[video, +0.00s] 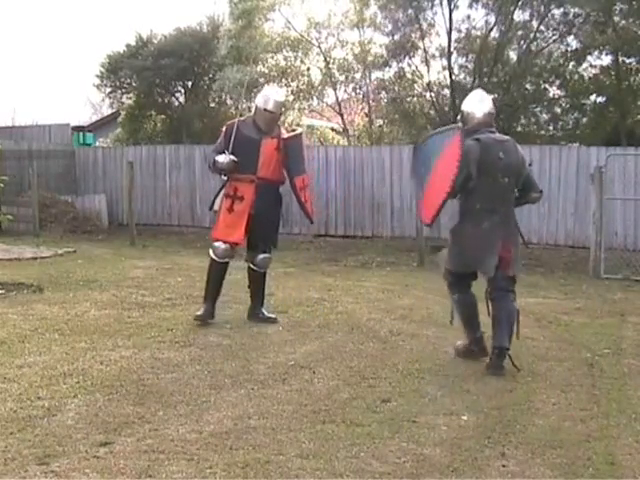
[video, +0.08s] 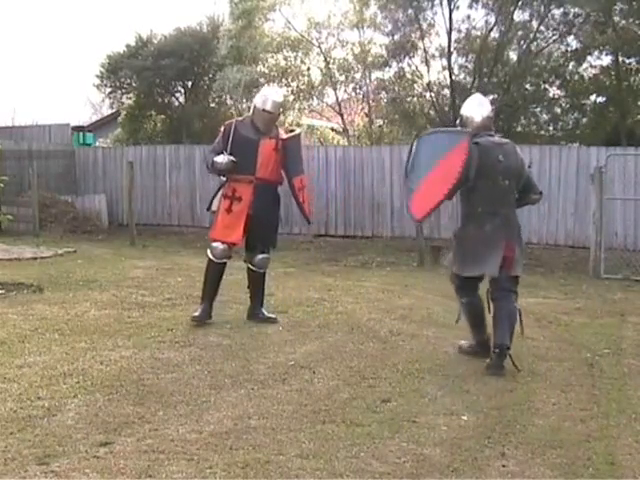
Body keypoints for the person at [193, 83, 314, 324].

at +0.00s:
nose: (271, 118)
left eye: (276, 113)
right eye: (267, 112)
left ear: (281, 113)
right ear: (257, 108)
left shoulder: (283, 138)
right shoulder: (234, 129)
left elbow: (296, 172)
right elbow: (214, 157)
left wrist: (293, 143)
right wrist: (220, 162)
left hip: (266, 199)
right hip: (235, 196)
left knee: (261, 257)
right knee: (221, 249)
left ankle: (256, 308)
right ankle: (208, 306)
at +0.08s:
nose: (270, 118)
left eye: (274, 114)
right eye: (266, 112)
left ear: (279, 114)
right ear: (255, 108)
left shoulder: (282, 138)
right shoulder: (233, 129)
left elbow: (294, 173)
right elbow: (212, 157)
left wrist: (292, 144)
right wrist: (218, 163)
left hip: (265, 201)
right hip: (233, 198)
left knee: (260, 257)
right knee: (219, 250)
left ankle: (256, 308)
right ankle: (205, 306)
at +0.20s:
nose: (267, 119)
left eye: (271, 114)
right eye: (263, 113)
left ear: (276, 114)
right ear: (251, 109)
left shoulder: (279, 138)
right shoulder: (228, 129)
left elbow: (291, 173)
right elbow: (207, 160)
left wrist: (289, 144)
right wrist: (216, 165)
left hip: (262, 201)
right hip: (230, 198)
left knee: (258, 257)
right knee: (216, 250)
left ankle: (256, 308)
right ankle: (202, 307)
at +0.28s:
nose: (264, 119)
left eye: (268, 114)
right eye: (260, 113)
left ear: (272, 113)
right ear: (247, 109)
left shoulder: (274, 138)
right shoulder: (225, 130)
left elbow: (286, 173)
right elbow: (204, 160)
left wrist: (286, 143)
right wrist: (214, 165)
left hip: (259, 201)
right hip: (228, 199)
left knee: (257, 257)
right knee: (213, 251)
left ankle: (256, 308)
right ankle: (198, 307)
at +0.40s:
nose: (255, 119)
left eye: (259, 115)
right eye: (251, 114)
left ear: (264, 114)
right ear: (239, 109)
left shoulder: (266, 139)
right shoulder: (217, 131)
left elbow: (280, 172)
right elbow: (198, 162)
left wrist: (280, 143)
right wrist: (209, 166)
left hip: (255, 199)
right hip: (224, 198)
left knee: (255, 257)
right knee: (210, 252)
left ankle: (256, 308)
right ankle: (196, 308)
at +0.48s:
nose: (249, 118)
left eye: (253, 114)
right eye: (245, 113)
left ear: (257, 114)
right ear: (232, 109)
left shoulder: (262, 138)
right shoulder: (212, 131)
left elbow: (275, 172)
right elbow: (192, 162)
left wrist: (274, 144)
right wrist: (203, 167)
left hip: (251, 200)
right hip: (220, 199)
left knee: (253, 258)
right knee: (208, 254)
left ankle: (256, 308)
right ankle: (196, 309)